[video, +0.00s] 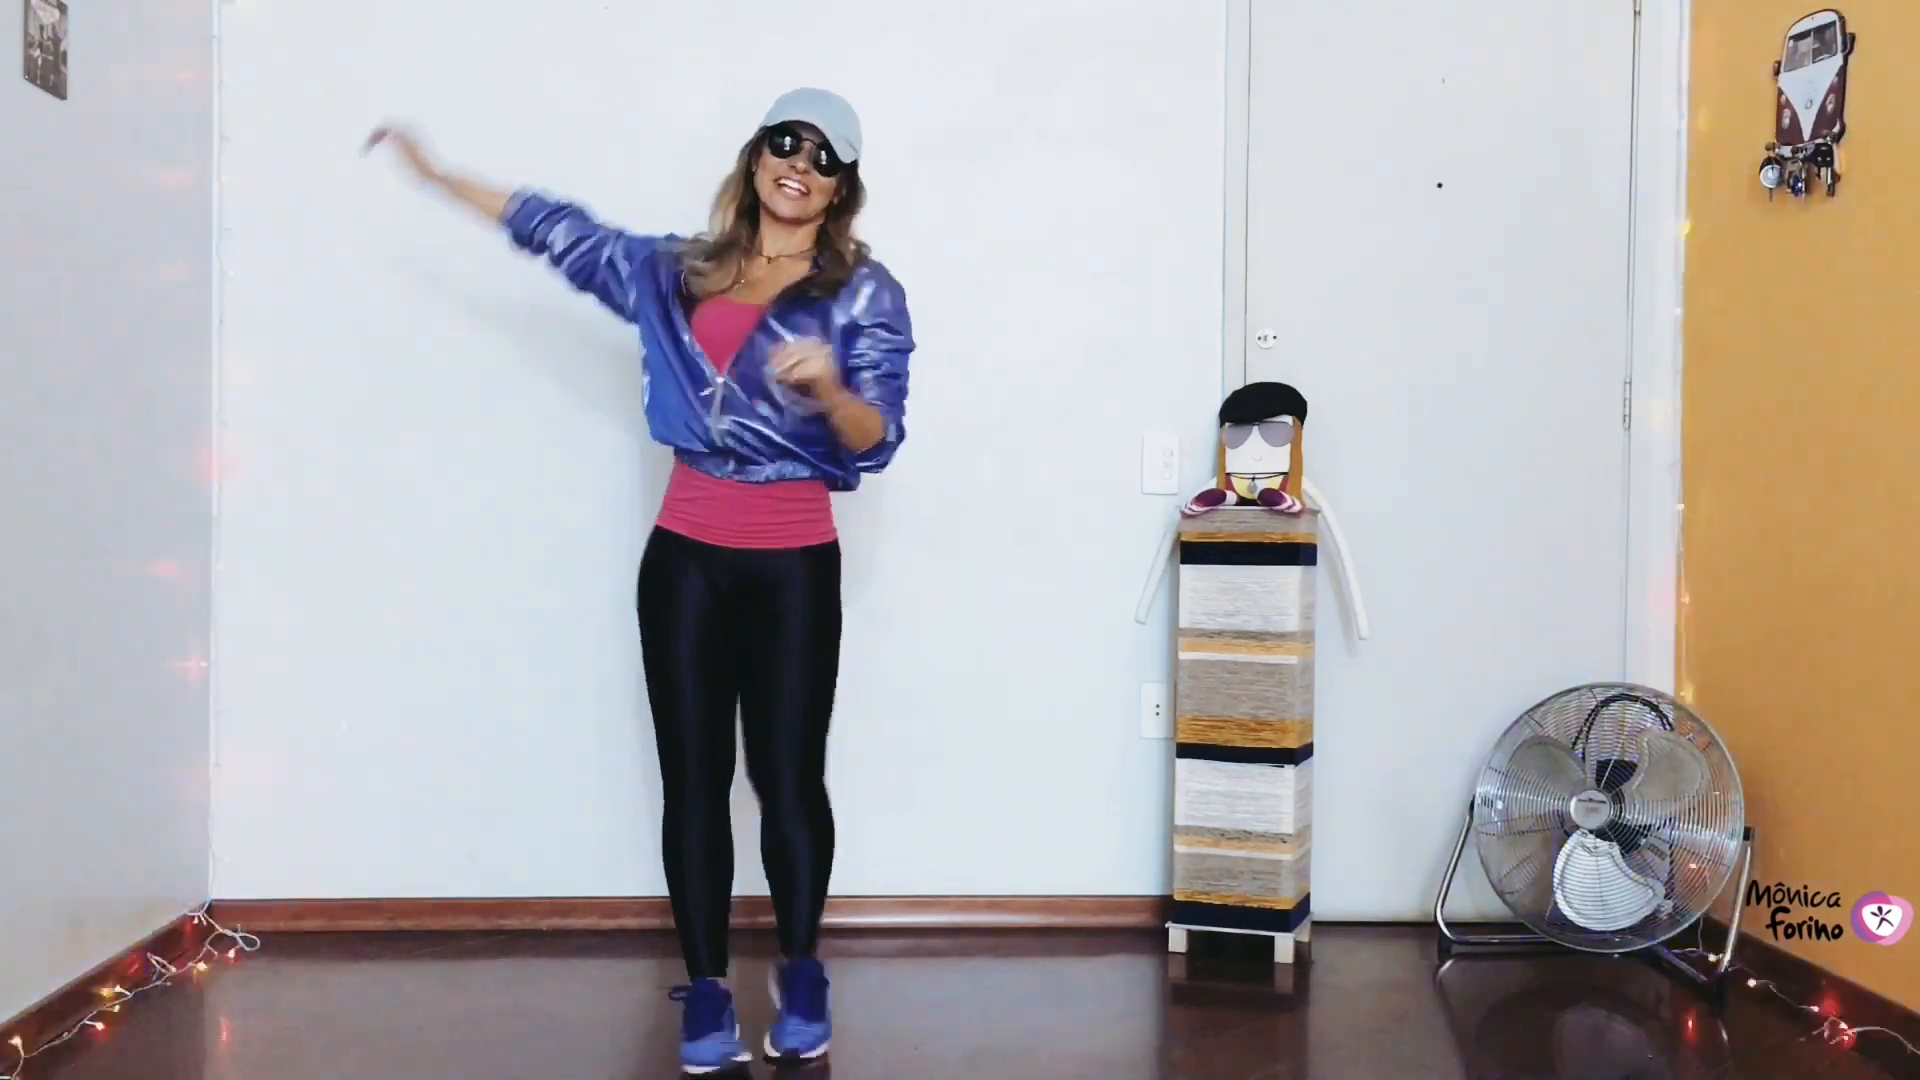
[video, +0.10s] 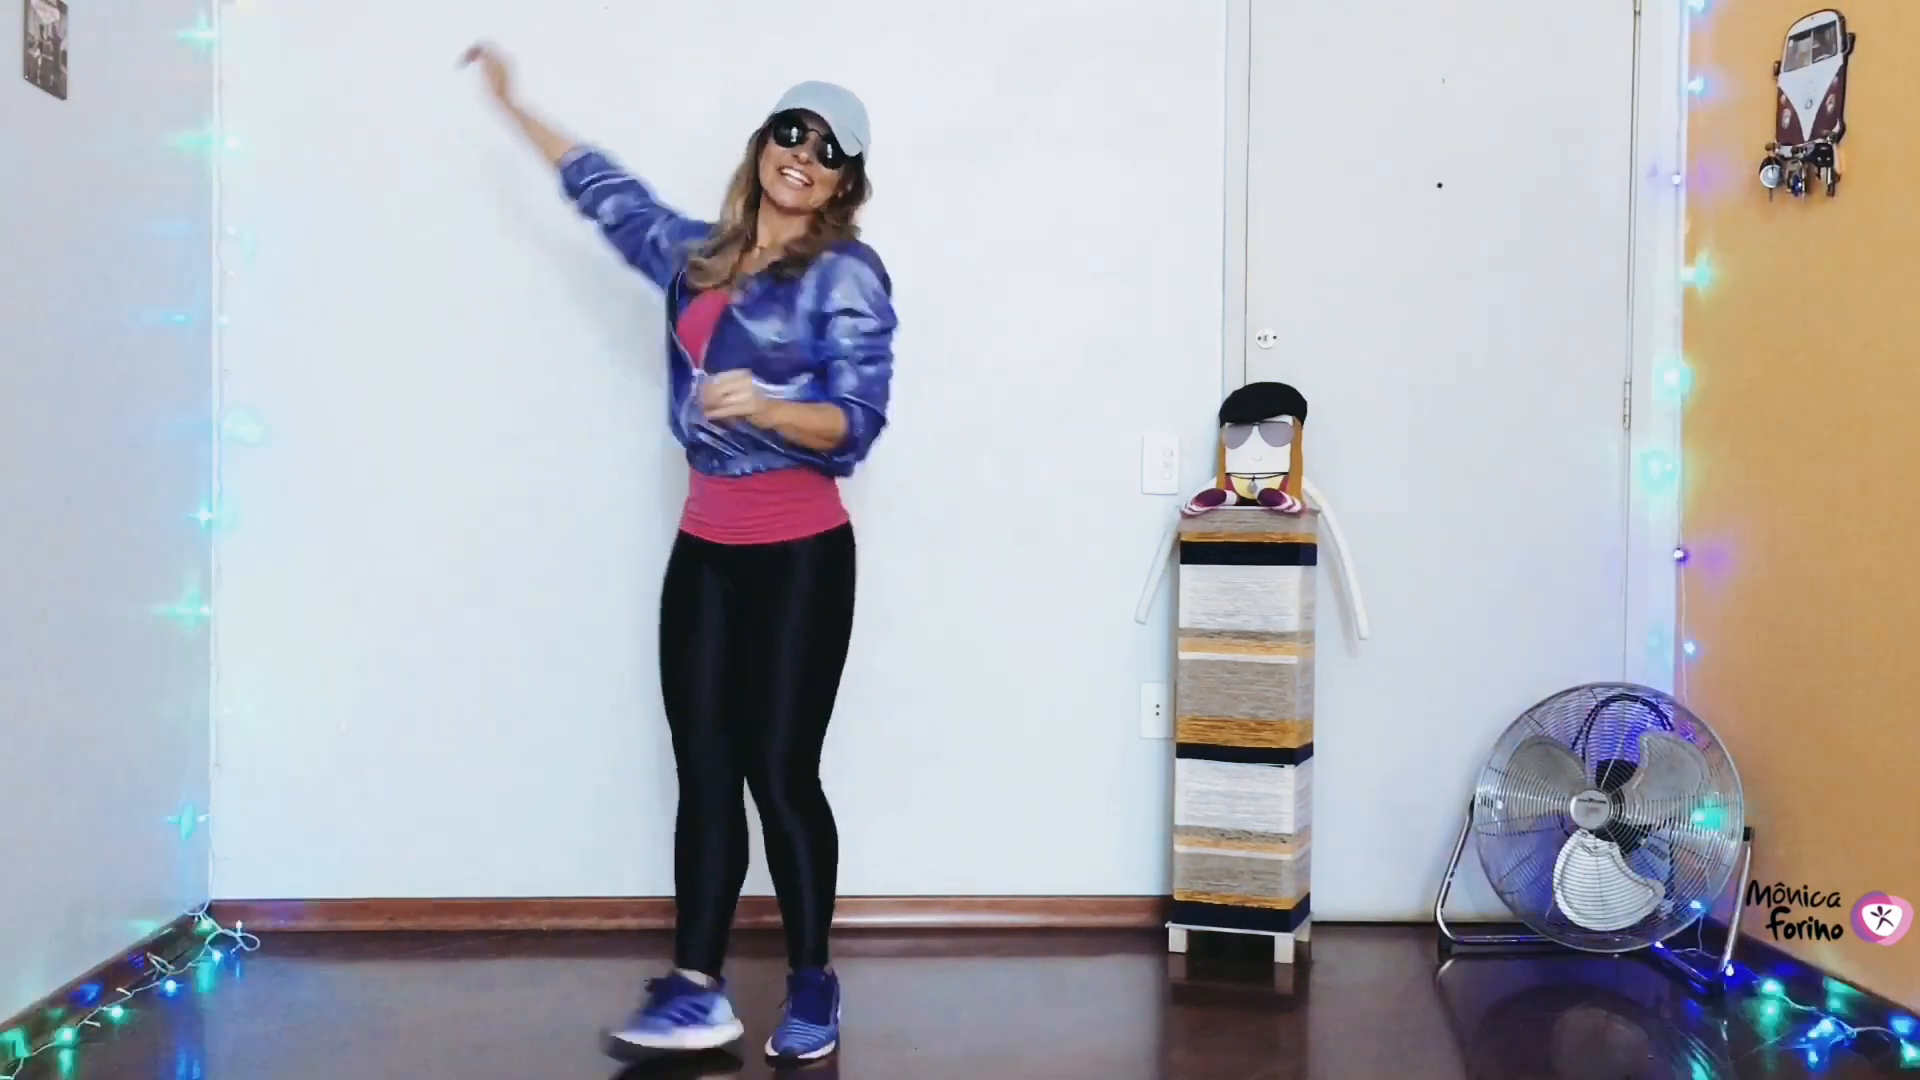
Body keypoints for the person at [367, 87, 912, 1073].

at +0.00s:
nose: (798, 170)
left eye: (821, 161)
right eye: (784, 150)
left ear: (841, 187)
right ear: (753, 162)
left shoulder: (865, 294)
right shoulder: (677, 270)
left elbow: (875, 447)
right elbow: (558, 228)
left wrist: (831, 392)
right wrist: (440, 177)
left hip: (795, 564)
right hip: (686, 556)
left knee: (789, 777)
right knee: (694, 777)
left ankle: (801, 979)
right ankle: (706, 993)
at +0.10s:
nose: (799, 165)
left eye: (824, 159)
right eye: (791, 143)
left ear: (843, 184)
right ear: (761, 151)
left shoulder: (848, 275)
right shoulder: (699, 259)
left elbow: (856, 424)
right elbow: (606, 188)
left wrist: (762, 404)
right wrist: (511, 103)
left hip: (801, 552)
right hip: (708, 547)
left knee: (783, 773)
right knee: (706, 768)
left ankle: (811, 990)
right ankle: (696, 987)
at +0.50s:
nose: (777, 181)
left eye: (801, 178)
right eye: (768, 159)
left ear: (818, 204)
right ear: (740, 170)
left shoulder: (801, 285)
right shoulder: (708, 257)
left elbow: (794, 433)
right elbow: (679, 134)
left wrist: (670, 431)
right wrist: (669, 24)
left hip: (790, 543)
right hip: (724, 550)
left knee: (781, 751)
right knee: (703, 739)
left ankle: (845, 975)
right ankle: (742, 932)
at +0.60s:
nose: (765, 193)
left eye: (789, 188)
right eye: (755, 171)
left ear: (807, 211)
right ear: (727, 180)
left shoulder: (794, 286)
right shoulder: (703, 261)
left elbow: (789, 423)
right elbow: (678, 150)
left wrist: (671, 454)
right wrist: (683, 43)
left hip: (792, 546)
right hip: (719, 551)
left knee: (753, 725)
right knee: (688, 727)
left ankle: (795, 945)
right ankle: (736, 929)